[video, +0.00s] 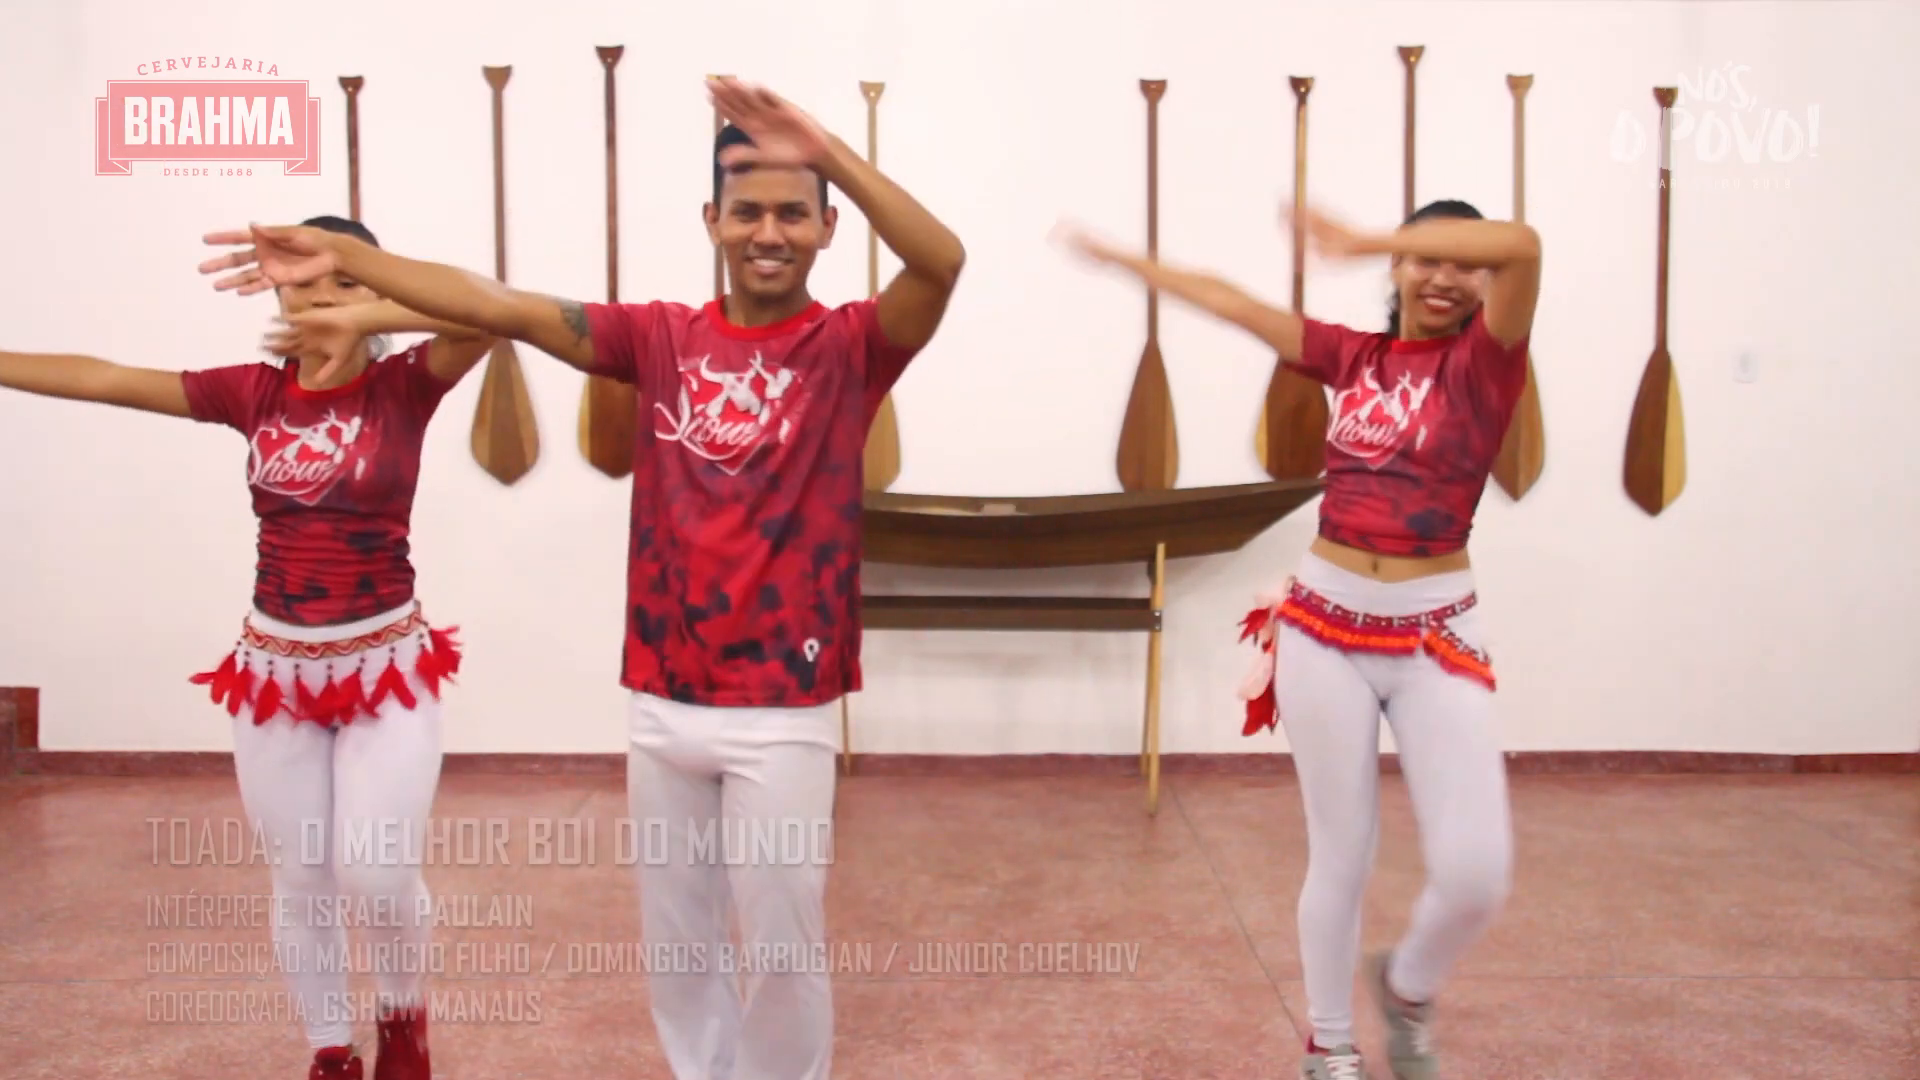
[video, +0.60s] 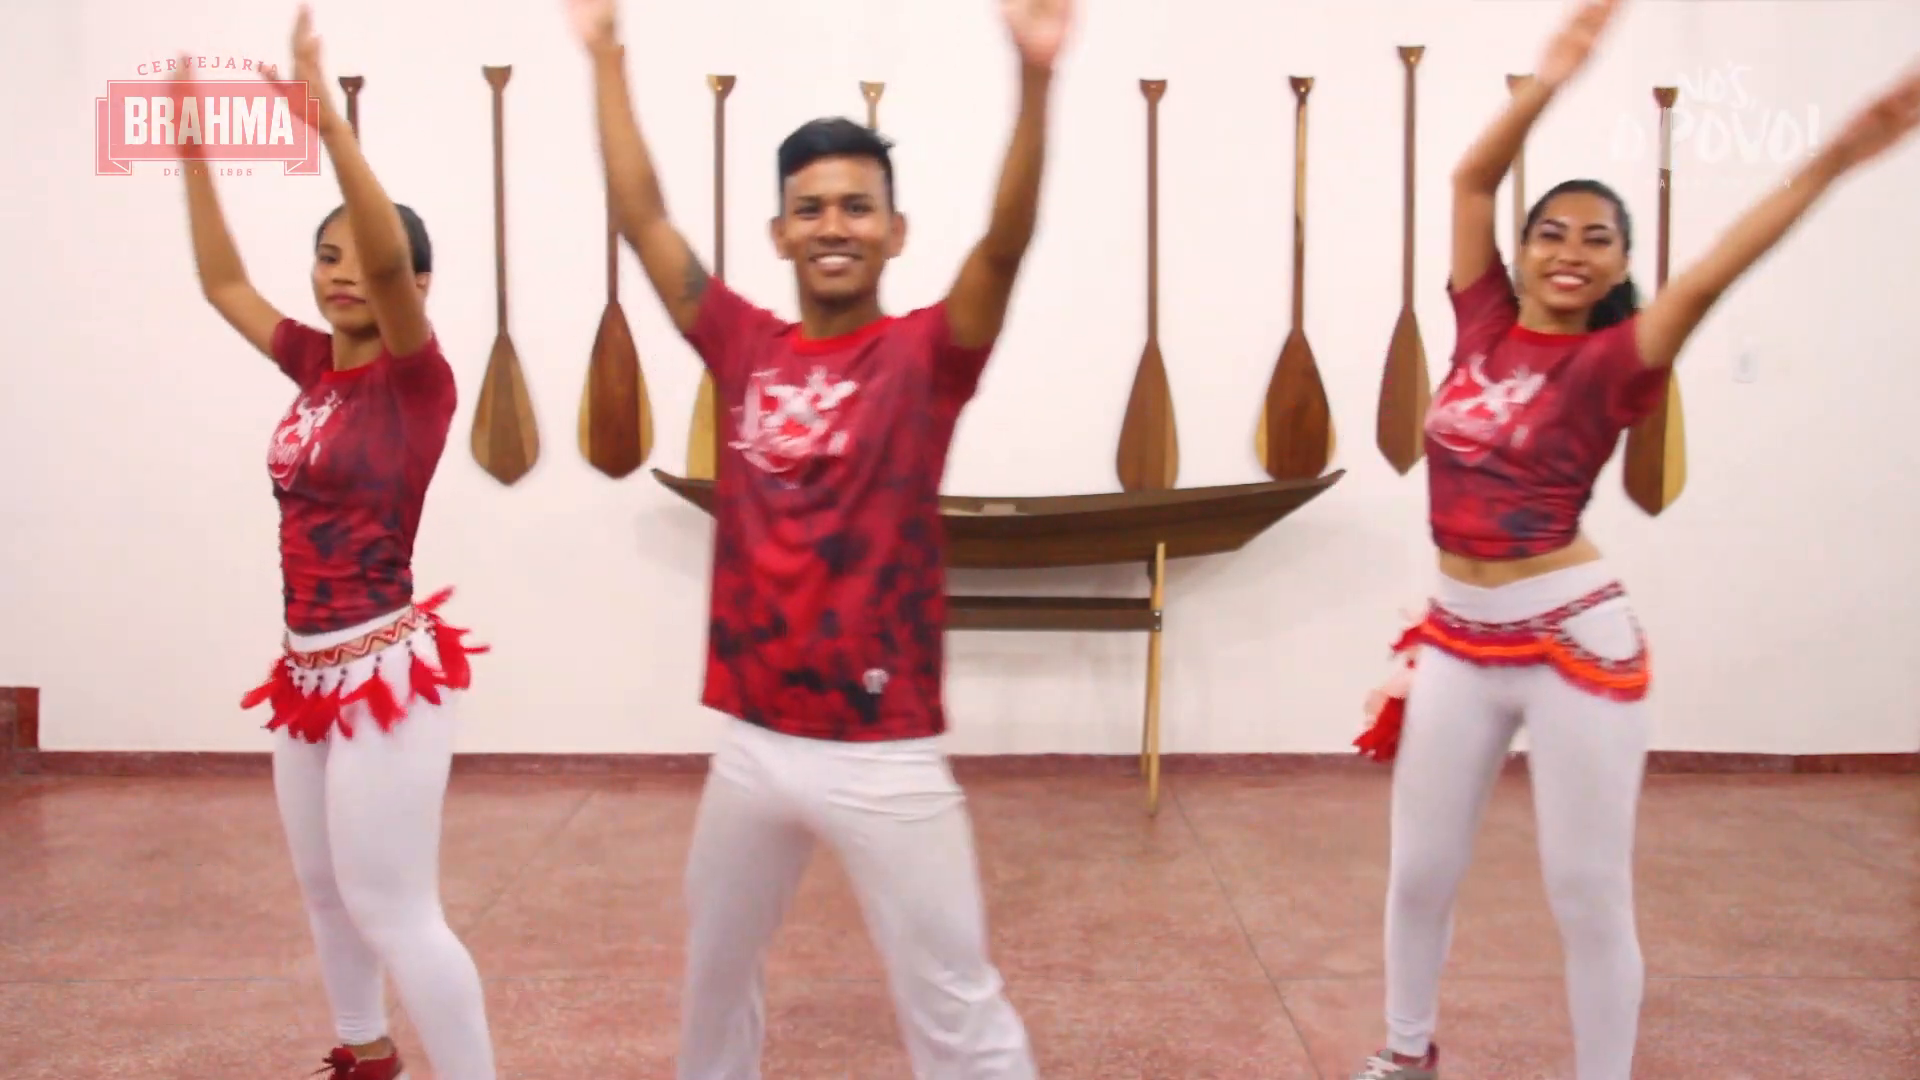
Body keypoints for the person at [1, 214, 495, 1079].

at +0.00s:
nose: (313, 298)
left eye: (335, 283)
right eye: (302, 281)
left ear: (375, 302)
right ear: (285, 297)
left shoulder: (403, 387)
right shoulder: (253, 391)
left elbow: (489, 317)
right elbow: (101, 377)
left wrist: (368, 282)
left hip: (389, 673)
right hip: (276, 677)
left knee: (375, 869)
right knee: (301, 881)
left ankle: (403, 1019)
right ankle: (333, 1056)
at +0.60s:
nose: (345, 273)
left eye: (366, 260)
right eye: (333, 255)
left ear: (406, 282)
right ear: (315, 270)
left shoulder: (414, 380)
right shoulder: (321, 367)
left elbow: (387, 267)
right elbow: (225, 286)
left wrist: (328, 122)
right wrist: (193, 152)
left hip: (389, 681)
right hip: (307, 683)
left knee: (396, 910)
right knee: (327, 895)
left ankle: (471, 1076)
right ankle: (364, 1058)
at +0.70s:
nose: (351, 274)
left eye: (373, 260)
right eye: (343, 257)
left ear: (416, 284)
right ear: (330, 271)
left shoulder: (428, 384)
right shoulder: (338, 369)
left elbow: (408, 274)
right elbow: (248, 289)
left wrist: (357, 133)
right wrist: (232, 158)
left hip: (403, 686)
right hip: (328, 686)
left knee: (407, 911)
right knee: (328, 885)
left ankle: (473, 1074)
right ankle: (375, 1056)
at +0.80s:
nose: (365, 274)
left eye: (386, 262)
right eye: (356, 257)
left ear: (430, 286)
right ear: (340, 272)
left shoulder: (442, 389)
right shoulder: (354, 368)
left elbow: (423, 285)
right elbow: (267, 295)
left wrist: (378, 150)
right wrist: (259, 190)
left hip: (426, 689)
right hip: (351, 687)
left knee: (425, 931)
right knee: (306, 870)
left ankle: (477, 1077)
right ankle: (375, 1046)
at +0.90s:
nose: (370, 279)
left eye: (391, 264)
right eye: (362, 261)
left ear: (443, 285)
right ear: (351, 277)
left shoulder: (451, 388)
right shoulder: (363, 366)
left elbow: (431, 301)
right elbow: (285, 295)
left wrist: (385, 166)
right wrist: (276, 205)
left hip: (447, 697)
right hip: (373, 691)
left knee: (434, 935)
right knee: (280, 846)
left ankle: (481, 1076)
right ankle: (392, 1009)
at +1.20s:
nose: (399, 298)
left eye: (413, 281)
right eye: (393, 280)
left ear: (464, 305)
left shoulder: (455, 405)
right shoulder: (402, 402)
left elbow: (416, 344)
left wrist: (383, 254)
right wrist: (351, 274)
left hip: (459, 691)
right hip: (414, 692)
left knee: (447, 935)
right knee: (366, 899)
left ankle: (490, 1077)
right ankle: (516, 1056)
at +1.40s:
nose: (363, 287)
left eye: (386, 267)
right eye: (359, 267)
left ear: (448, 290)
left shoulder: (442, 389)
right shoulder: (435, 385)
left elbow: (367, 317)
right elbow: (361, 305)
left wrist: (292, 219)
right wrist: (296, 233)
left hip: (457, 684)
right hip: (453, 675)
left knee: (435, 927)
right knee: (394, 852)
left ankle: (481, 1076)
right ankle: (498, 1027)